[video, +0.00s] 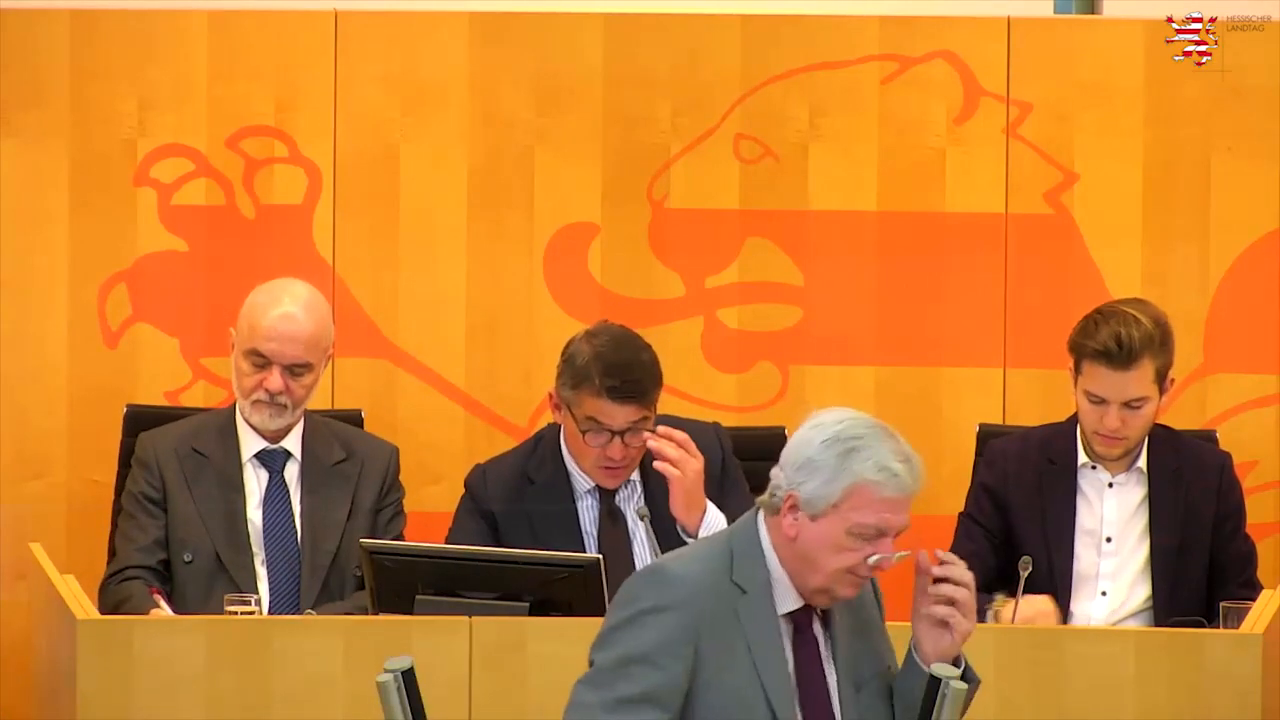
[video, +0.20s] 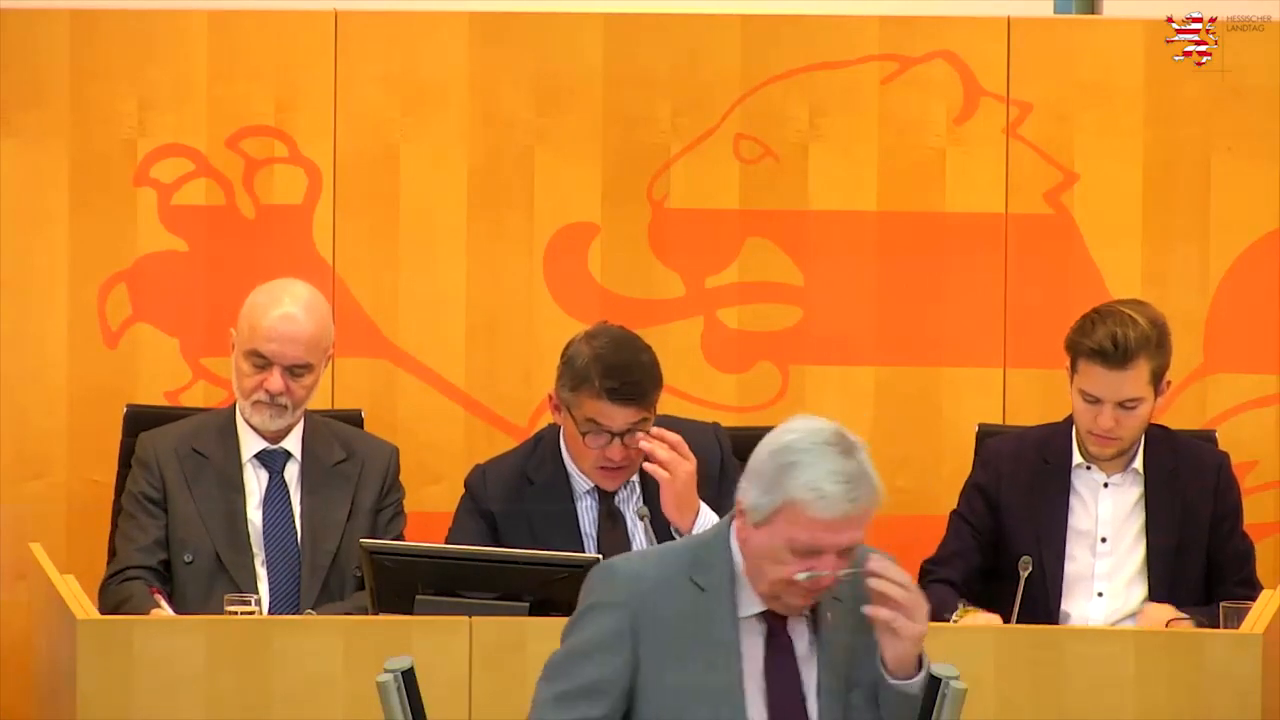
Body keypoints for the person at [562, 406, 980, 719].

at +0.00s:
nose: (883, 560)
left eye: (891, 537)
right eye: (865, 536)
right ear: (793, 514)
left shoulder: (855, 587)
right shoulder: (672, 596)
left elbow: (885, 709)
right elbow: (602, 712)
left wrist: (929, 663)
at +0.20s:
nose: (826, 575)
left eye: (845, 552)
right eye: (805, 553)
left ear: (861, 531)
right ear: (744, 519)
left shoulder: (870, 588)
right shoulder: (630, 592)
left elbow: (897, 717)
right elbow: (562, 712)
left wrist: (904, 672)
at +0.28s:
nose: (804, 579)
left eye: (823, 556)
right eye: (782, 557)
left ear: (843, 531)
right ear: (726, 524)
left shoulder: (876, 585)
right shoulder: (616, 594)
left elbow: (903, 717)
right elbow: (551, 715)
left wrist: (889, 672)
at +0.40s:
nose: (746, 587)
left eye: (768, 564)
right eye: (720, 564)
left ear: (796, 531)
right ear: (679, 533)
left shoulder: (860, 584)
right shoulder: (586, 597)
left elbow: (904, 714)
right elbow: (533, 716)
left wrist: (844, 678)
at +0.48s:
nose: (719, 592)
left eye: (743, 569)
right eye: (694, 571)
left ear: (775, 535)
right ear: (656, 540)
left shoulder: (846, 585)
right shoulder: (568, 603)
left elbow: (896, 714)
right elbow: (523, 715)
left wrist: (822, 681)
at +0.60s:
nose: (653, 610)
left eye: (676, 586)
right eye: (628, 588)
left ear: (712, 547)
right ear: (594, 555)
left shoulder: (800, 592)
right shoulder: (523, 616)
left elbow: (847, 714)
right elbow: (486, 716)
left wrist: (755, 691)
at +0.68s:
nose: (622, 612)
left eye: (645, 587)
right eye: (597, 590)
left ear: (684, 549)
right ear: (565, 556)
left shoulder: (775, 594)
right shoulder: (497, 625)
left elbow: (821, 712)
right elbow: (465, 714)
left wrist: (723, 695)